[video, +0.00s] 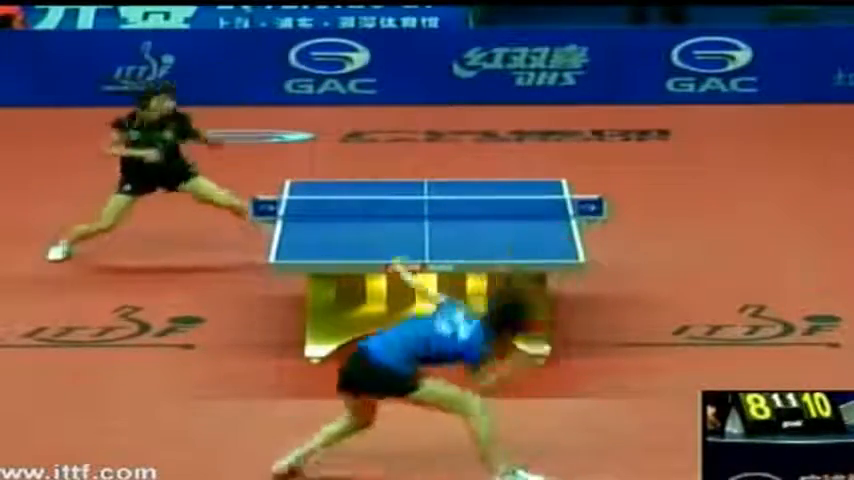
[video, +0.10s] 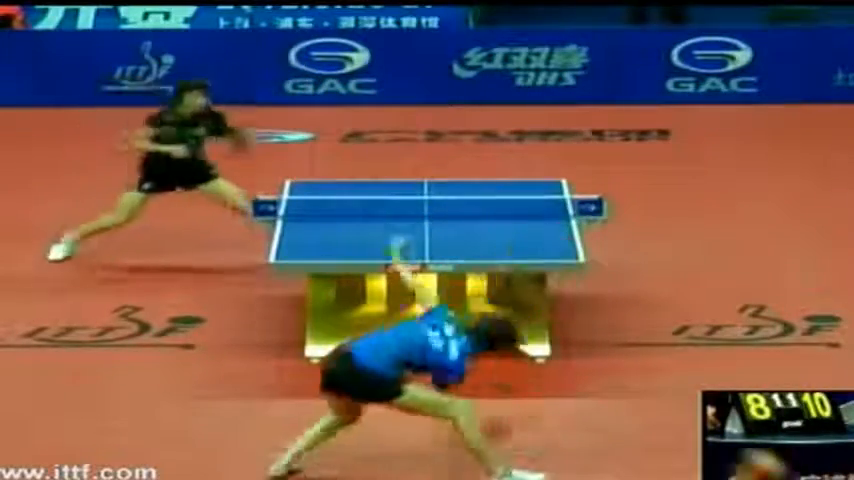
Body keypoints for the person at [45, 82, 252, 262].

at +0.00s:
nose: (167, 106)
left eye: (169, 101)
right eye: (162, 102)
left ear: (171, 104)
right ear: (149, 103)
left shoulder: (177, 121)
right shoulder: (131, 122)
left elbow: (192, 134)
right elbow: (112, 149)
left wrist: (207, 139)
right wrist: (142, 153)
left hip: (174, 172)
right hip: (138, 177)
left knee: (223, 199)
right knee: (105, 225)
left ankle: (267, 224)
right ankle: (66, 244)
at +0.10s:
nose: (201, 102)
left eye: (203, 98)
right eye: (195, 98)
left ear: (205, 100)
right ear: (182, 99)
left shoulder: (210, 118)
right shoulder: (162, 119)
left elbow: (229, 134)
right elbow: (137, 143)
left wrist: (240, 138)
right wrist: (168, 149)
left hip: (193, 170)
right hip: (157, 173)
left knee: (239, 200)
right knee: (122, 217)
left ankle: (278, 239)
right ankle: (70, 239)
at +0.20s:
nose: (239, 98)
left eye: (243, 93)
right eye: (235, 92)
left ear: (246, 97)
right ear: (224, 92)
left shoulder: (244, 116)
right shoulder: (201, 113)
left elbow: (258, 142)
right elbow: (168, 133)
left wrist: (273, 143)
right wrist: (200, 141)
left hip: (218, 164)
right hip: (185, 164)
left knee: (256, 198)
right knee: (151, 215)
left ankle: (282, 246)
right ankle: (98, 237)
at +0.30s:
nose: (258, 95)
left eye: (260, 90)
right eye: (253, 89)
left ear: (262, 94)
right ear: (240, 91)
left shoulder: (259, 117)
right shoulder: (215, 110)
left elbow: (273, 143)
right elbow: (179, 129)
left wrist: (291, 150)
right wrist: (209, 138)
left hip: (228, 164)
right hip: (195, 163)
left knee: (261, 197)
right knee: (180, 212)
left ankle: (281, 247)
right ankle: (129, 240)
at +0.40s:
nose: (272, 97)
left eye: (274, 93)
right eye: (267, 92)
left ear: (275, 96)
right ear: (253, 94)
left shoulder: (273, 120)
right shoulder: (229, 111)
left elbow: (287, 152)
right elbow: (185, 124)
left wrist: (313, 158)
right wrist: (214, 136)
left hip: (236, 161)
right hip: (206, 160)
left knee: (268, 201)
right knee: (208, 211)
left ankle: (285, 252)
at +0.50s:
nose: (278, 101)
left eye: (281, 97)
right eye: (273, 96)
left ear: (281, 100)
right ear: (259, 97)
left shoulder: (276, 124)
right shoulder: (231, 113)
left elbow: (288, 154)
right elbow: (189, 124)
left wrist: (318, 163)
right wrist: (213, 138)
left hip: (243, 167)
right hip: (212, 165)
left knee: (275, 207)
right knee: (213, 219)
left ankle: (282, 254)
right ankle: (184, 257)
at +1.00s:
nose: (383, 124)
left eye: (385, 120)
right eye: (382, 118)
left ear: (376, 118)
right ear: (368, 112)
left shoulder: (372, 137)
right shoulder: (327, 113)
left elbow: (386, 164)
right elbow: (284, 105)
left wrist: (414, 167)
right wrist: (249, 100)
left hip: (333, 175)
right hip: (297, 170)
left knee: (354, 212)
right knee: (264, 208)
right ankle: (243, 256)